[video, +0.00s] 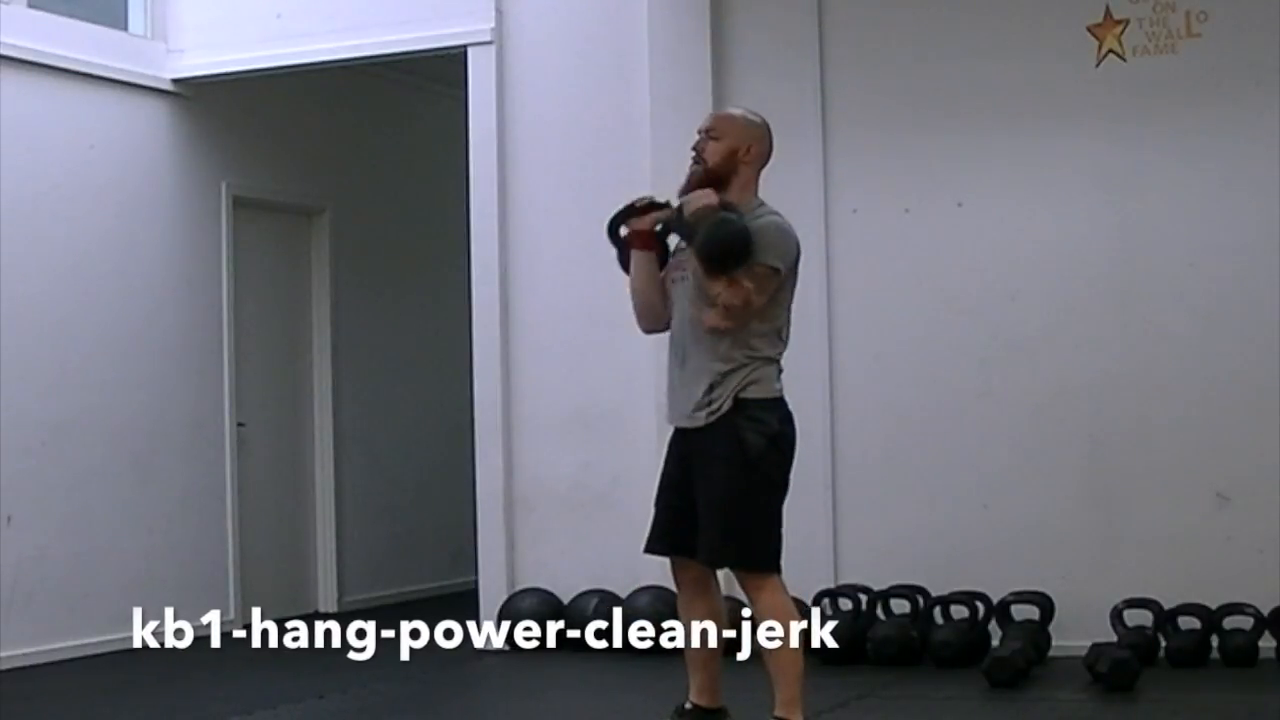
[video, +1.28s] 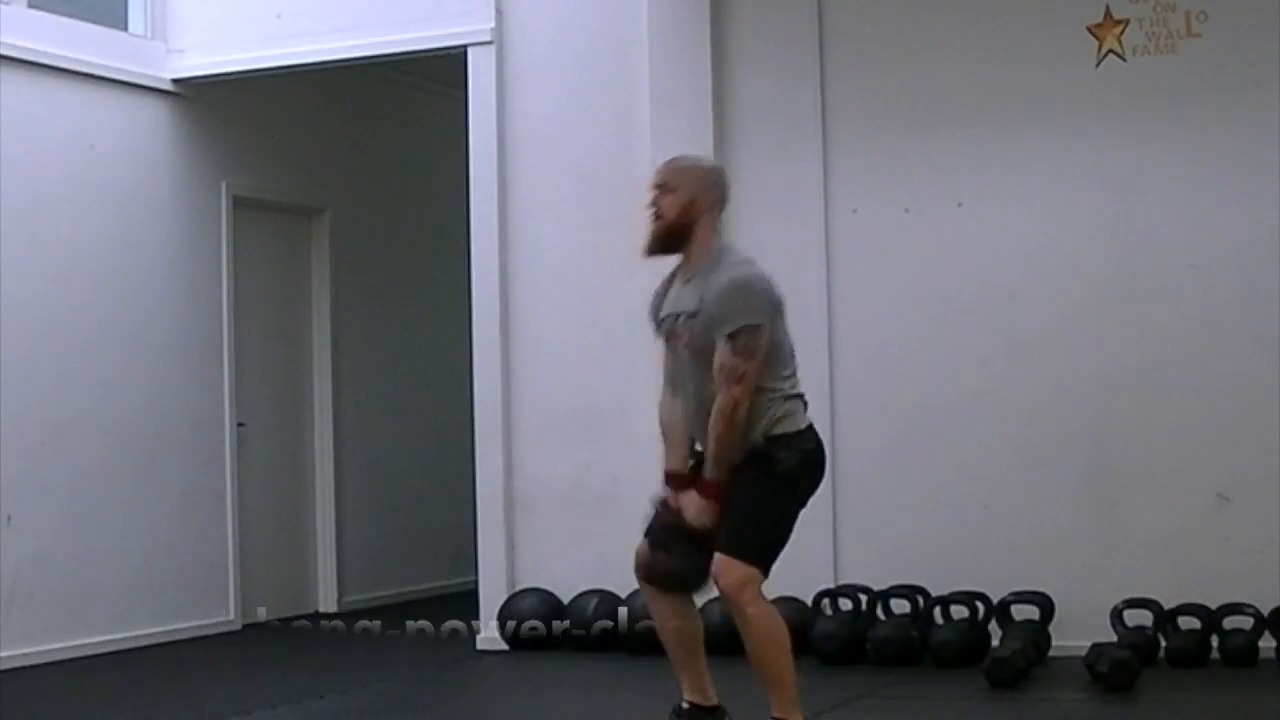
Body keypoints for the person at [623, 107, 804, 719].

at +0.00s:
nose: (696, 145)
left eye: (710, 137)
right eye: (698, 136)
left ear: (747, 155)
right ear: (723, 154)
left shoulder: (771, 231)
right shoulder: (696, 233)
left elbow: (726, 310)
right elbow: (652, 317)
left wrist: (702, 225)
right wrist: (642, 244)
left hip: (750, 420)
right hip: (694, 423)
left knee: (756, 571)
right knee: (688, 566)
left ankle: (790, 711)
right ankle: (704, 704)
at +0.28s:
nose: (705, 151)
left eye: (719, 141)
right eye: (707, 141)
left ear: (758, 154)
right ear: (743, 157)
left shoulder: (786, 227)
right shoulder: (706, 239)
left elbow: (762, 311)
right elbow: (667, 325)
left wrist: (678, 287)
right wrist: (613, 295)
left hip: (774, 417)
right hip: (720, 421)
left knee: (768, 564)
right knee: (700, 556)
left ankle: (791, 711)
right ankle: (705, 703)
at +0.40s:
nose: (710, 157)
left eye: (724, 147)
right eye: (712, 147)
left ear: (761, 160)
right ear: (744, 162)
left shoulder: (787, 234)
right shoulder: (706, 249)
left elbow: (762, 326)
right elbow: (675, 328)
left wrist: (679, 354)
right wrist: (609, 354)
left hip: (789, 425)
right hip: (732, 432)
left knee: (768, 567)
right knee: (696, 561)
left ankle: (791, 712)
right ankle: (704, 704)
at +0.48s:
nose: (704, 170)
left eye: (719, 160)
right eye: (706, 161)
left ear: (757, 173)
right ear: (726, 175)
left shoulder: (781, 251)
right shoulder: (703, 263)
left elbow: (748, 352)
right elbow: (662, 344)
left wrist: (677, 416)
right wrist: (603, 402)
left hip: (800, 435)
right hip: (740, 442)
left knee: (767, 569)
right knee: (688, 557)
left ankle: (790, 712)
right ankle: (703, 704)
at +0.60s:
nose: (672, 194)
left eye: (685, 184)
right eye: (674, 184)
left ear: (724, 196)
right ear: (707, 198)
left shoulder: (757, 285)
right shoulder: (680, 290)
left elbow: (721, 401)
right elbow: (664, 385)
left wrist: (688, 485)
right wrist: (642, 474)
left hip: (799, 449)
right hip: (734, 454)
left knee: (767, 571)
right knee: (667, 553)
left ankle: (791, 712)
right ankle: (700, 702)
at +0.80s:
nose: (574, 248)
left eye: (588, 235)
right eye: (577, 237)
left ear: (630, 241)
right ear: (618, 245)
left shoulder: (689, 319)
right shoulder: (617, 335)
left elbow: (725, 432)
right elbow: (668, 425)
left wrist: (742, 508)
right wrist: (717, 504)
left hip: (788, 441)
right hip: (729, 452)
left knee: (764, 572)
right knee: (669, 552)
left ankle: (792, 713)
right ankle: (699, 701)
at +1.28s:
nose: (652, 203)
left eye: (664, 192)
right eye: (653, 192)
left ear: (700, 201)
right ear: (689, 205)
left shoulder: (743, 283)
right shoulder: (672, 293)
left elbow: (733, 398)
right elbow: (674, 393)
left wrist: (711, 487)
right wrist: (676, 478)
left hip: (779, 452)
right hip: (717, 456)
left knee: (736, 575)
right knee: (660, 570)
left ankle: (789, 713)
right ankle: (701, 704)